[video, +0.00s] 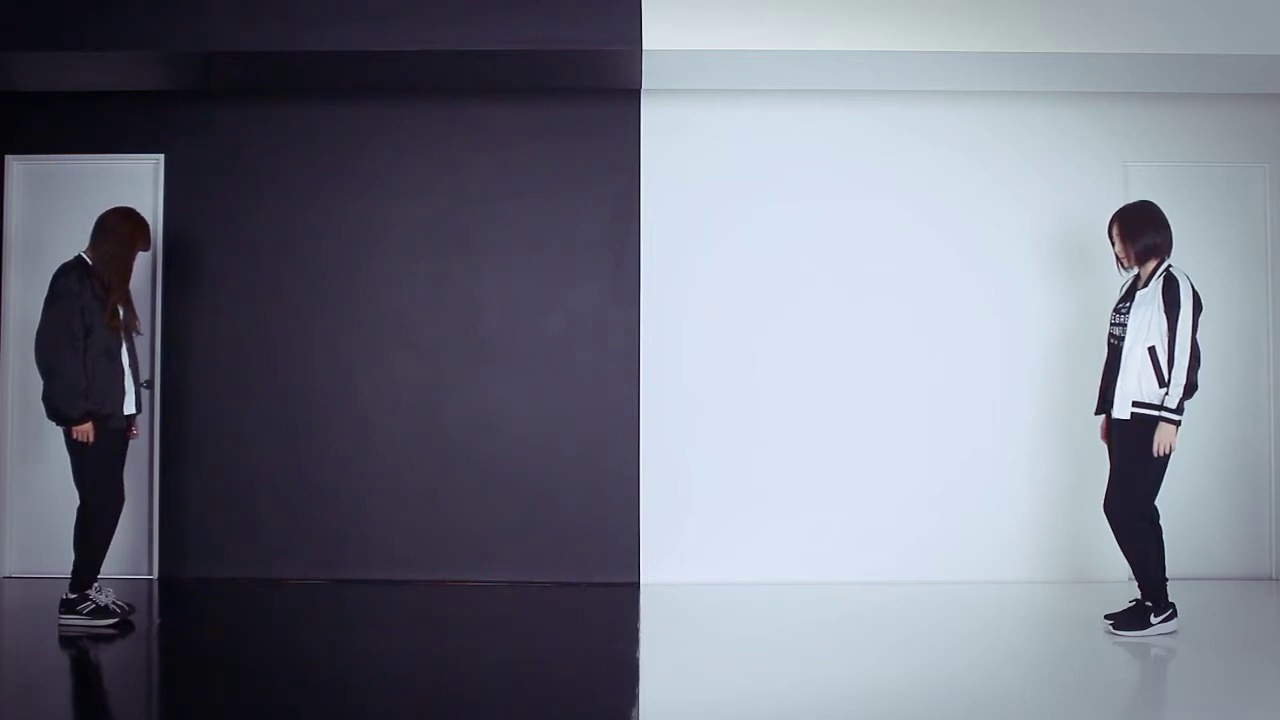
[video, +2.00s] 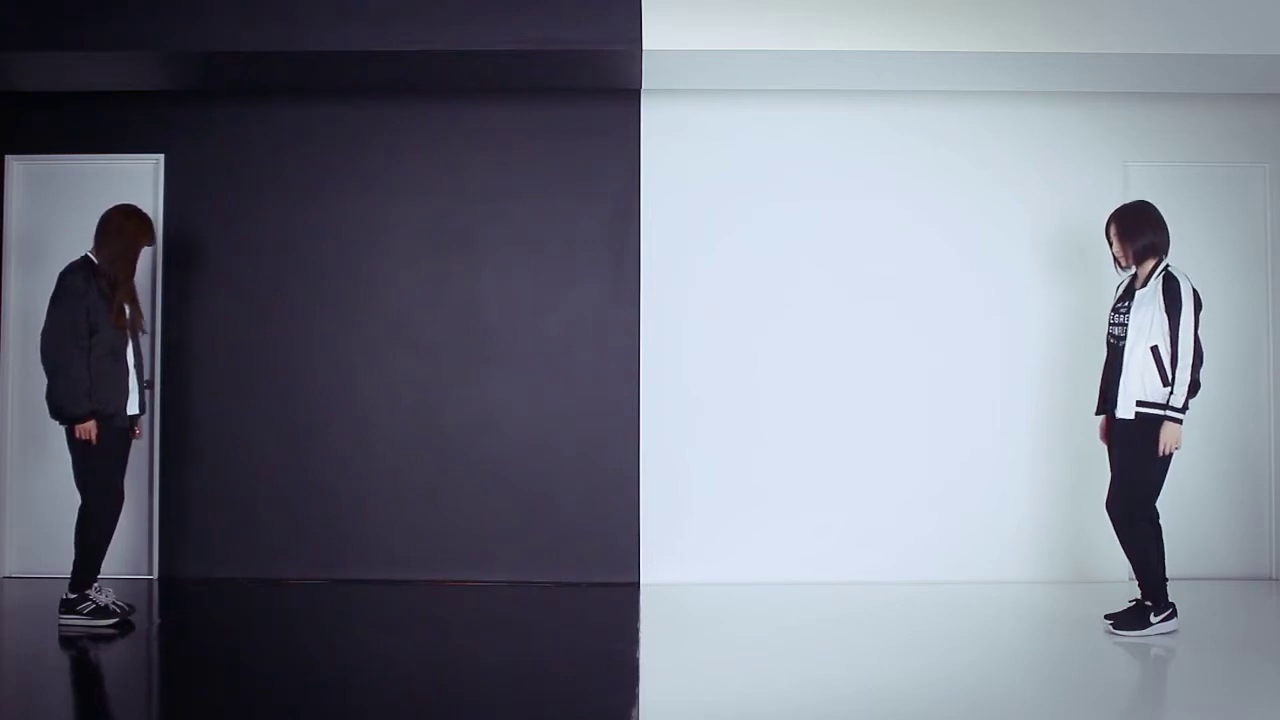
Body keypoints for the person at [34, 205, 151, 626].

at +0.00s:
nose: (134, 260)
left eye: (137, 252)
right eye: (133, 250)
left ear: (110, 241)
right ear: (116, 244)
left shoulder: (110, 283)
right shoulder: (73, 279)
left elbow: (119, 353)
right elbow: (56, 350)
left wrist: (130, 410)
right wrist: (76, 412)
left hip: (112, 415)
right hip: (88, 417)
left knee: (109, 500)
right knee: (100, 502)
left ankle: (86, 590)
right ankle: (78, 596)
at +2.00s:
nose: (138, 257)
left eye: (141, 249)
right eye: (137, 247)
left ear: (113, 238)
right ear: (121, 241)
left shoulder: (116, 283)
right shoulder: (78, 279)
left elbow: (122, 355)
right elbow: (60, 349)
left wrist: (132, 412)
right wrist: (79, 411)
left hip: (115, 415)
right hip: (89, 417)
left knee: (109, 499)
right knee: (100, 500)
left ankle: (86, 589)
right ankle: (78, 596)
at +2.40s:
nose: (156, 256)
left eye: (157, 247)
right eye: (153, 247)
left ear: (129, 240)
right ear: (136, 242)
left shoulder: (132, 285)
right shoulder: (96, 279)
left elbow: (135, 358)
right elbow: (80, 350)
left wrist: (145, 414)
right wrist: (98, 413)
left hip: (128, 414)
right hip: (111, 415)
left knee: (104, 503)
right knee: (156, 489)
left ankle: (87, 592)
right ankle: (107, 576)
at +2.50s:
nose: (162, 255)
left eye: (164, 247)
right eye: (160, 246)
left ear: (136, 240)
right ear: (142, 242)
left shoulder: (132, 282)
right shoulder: (103, 278)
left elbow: (135, 347)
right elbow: (85, 348)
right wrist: (104, 412)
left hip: (136, 415)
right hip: (122, 417)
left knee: (105, 508)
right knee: (173, 481)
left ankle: (86, 593)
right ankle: (151, 573)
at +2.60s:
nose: (173, 255)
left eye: (175, 246)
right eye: (169, 245)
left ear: (152, 244)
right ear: (149, 242)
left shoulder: (155, 285)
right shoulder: (113, 280)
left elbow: (164, 355)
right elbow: (94, 350)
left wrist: (176, 411)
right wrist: (112, 414)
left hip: (148, 418)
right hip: (133, 419)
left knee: (107, 511)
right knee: (182, 487)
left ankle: (86, 593)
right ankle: (195, 576)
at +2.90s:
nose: (214, 263)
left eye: (215, 254)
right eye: (210, 254)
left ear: (188, 250)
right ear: (190, 250)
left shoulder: (185, 294)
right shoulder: (158, 290)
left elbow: (185, 364)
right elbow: (143, 361)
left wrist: (193, 424)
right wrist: (156, 425)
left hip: (180, 427)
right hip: (171, 429)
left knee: (130, 512)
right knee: (205, 511)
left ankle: (89, 590)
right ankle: (244, 587)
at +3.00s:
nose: (233, 260)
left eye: (234, 251)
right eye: (229, 251)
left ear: (204, 248)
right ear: (210, 249)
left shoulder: (209, 290)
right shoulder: (179, 290)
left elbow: (213, 359)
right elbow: (166, 359)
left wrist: (225, 418)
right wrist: (180, 422)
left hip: (213, 421)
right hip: (192, 423)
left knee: (154, 503)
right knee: (226, 506)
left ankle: (100, 582)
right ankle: (251, 590)